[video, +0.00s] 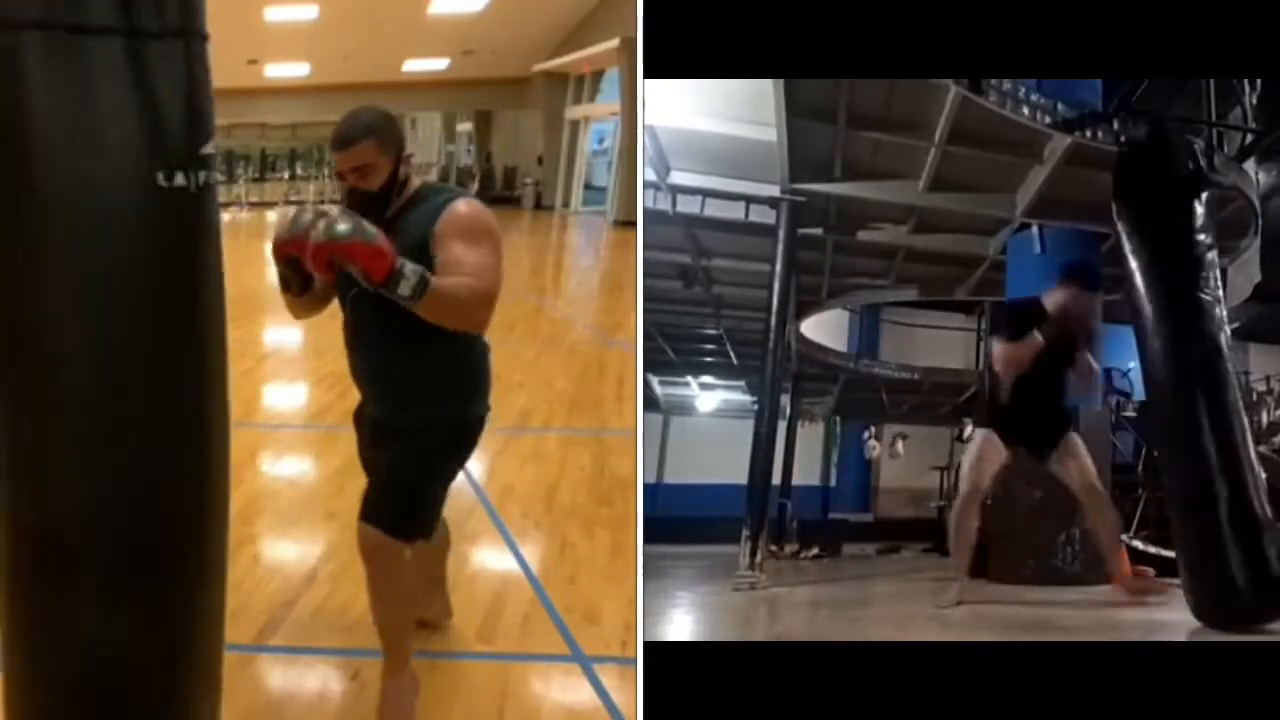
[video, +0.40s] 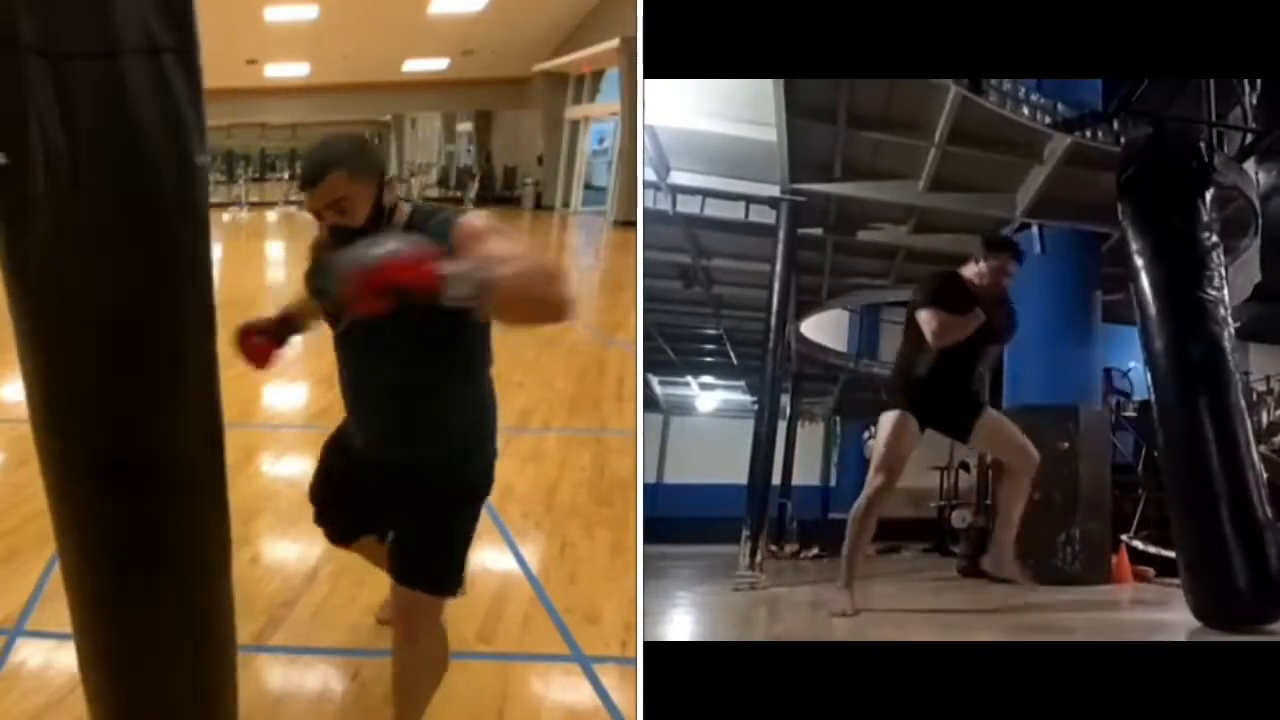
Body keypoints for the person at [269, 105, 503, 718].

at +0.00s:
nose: (350, 187)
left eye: (363, 173)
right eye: (342, 175)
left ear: (399, 163)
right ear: (335, 169)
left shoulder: (457, 216)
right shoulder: (351, 222)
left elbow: (474, 310)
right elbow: (306, 304)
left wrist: (389, 270)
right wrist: (293, 264)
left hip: (441, 409)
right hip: (381, 400)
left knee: (380, 536)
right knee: (417, 516)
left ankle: (397, 677)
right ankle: (432, 605)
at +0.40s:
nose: (329, 223)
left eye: (341, 206)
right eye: (318, 212)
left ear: (377, 188)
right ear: (310, 205)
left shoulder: (444, 233)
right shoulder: (332, 251)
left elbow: (550, 296)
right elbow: (323, 298)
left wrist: (441, 278)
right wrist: (279, 327)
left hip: (446, 448)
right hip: (368, 435)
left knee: (415, 601)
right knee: (340, 520)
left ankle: (406, 712)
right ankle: (415, 580)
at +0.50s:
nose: (364, 221)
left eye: (378, 204)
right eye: (351, 208)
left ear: (416, 186)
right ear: (338, 199)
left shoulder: (472, 238)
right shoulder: (321, 260)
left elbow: (586, 292)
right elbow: (238, 318)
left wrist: (535, 245)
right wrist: (180, 354)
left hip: (454, 453)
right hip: (369, 446)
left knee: (422, 606)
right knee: (377, 534)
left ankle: (410, 712)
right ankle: (421, 586)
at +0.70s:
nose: (363, 198)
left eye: (377, 185)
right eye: (354, 185)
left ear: (419, 174)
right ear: (347, 179)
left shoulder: (484, 237)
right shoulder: (331, 246)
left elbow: (554, 325)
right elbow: (276, 301)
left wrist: (481, 292)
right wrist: (265, 337)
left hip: (437, 447)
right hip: (357, 435)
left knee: (422, 592)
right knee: (359, 523)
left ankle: (409, 711)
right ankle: (380, 576)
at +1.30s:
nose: (329, 188)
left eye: (342, 176)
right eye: (322, 176)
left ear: (378, 166)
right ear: (316, 169)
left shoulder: (433, 227)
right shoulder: (320, 234)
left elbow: (486, 307)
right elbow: (306, 303)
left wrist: (405, 318)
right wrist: (288, 308)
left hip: (404, 404)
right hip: (344, 395)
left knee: (368, 542)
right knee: (363, 504)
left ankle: (343, 681)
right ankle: (385, 591)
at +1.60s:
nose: (319, 201)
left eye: (333, 188)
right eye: (311, 186)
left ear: (370, 178)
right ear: (304, 176)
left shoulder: (414, 237)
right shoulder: (304, 228)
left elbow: (424, 339)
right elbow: (243, 294)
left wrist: (365, 282)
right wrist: (239, 260)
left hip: (379, 420)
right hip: (317, 408)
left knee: (353, 557)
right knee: (333, 503)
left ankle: (339, 686)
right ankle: (376, 574)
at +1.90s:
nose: (303, 183)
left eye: (316, 171)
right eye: (296, 171)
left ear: (343, 172)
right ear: (282, 175)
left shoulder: (387, 235)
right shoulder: (274, 218)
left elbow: (367, 330)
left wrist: (334, 233)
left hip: (350, 425)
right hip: (286, 405)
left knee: (343, 561)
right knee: (282, 485)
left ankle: (335, 684)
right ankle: (293, 560)